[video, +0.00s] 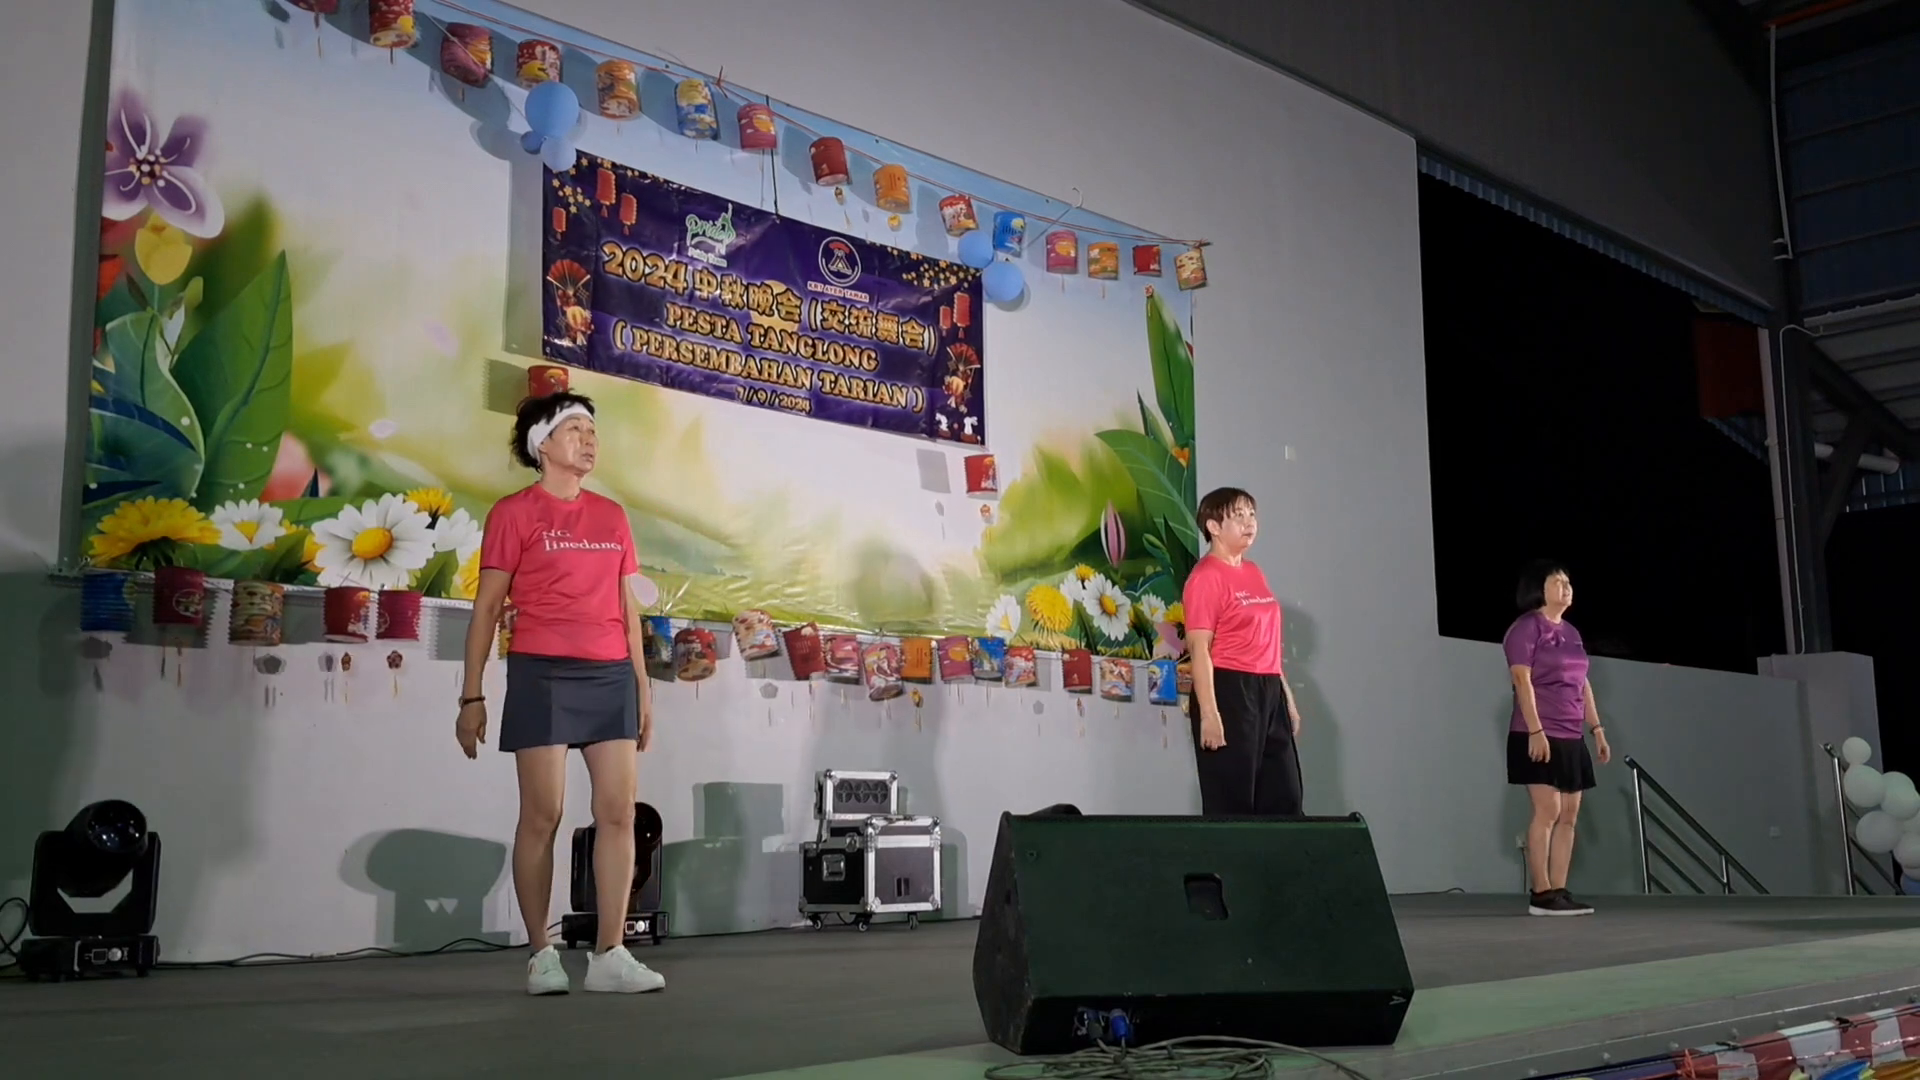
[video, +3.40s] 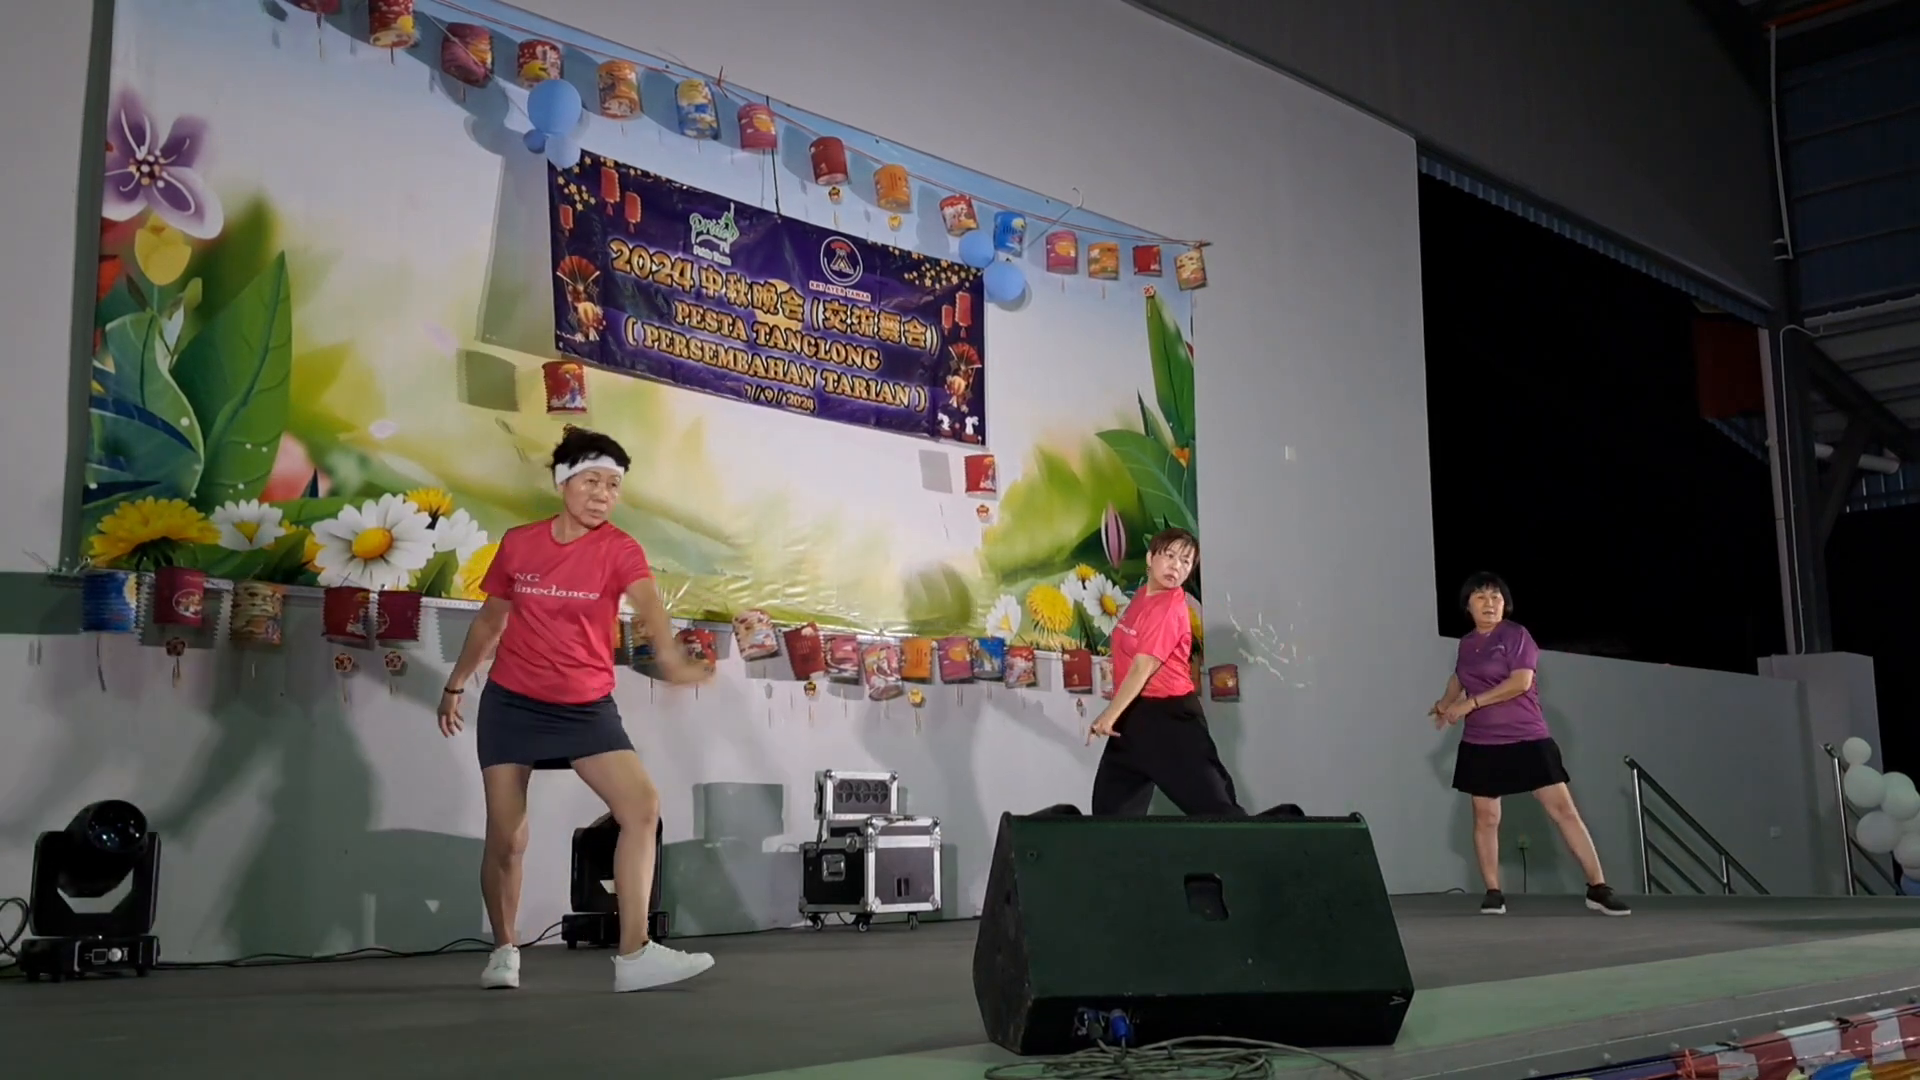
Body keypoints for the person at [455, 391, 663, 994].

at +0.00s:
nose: (588, 439)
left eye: (591, 432)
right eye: (575, 430)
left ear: (594, 446)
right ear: (541, 442)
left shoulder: (611, 516)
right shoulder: (514, 512)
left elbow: (630, 613)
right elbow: (487, 608)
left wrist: (643, 690)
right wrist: (472, 695)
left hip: (613, 677)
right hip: (540, 677)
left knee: (619, 812)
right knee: (543, 814)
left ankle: (610, 952)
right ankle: (542, 950)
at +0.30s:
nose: (583, 446)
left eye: (589, 438)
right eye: (570, 436)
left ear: (595, 449)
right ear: (538, 447)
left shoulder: (609, 521)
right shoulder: (515, 514)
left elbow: (651, 603)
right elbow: (502, 591)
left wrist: (710, 661)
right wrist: (516, 648)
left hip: (602, 676)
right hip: (534, 673)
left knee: (624, 807)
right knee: (537, 815)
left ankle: (609, 951)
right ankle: (542, 949)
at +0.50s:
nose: (580, 448)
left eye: (587, 438)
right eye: (566, 438)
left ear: (593, 450)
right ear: (536, 450)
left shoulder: (611, 523)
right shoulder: (513, 516)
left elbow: (664, 591)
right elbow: (503, 580)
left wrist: (731, 586)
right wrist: (540, 577)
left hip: (600, 676)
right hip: (530, 674)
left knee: (624, 807)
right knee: (536, 816)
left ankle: (610, 950)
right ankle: (542, 950)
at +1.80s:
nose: (581, 438)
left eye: (586, 430)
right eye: (568, 428)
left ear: (593, 444)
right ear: (537, 442)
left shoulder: (616, 517)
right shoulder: (515, 512)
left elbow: (648, 599)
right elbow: (500, 595)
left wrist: (686, 668)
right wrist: (512, 661)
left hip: (607, 677)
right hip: (538, 674)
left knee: (619, 810)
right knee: (539, 813)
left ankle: (610, 952)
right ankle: (541, 950)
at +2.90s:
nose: (592, 466)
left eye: (599, 455)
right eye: (580, 454)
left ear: (606, 461)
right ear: (546, 457)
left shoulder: (619, 526)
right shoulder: (507, 528)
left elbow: (645, 607)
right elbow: (484, 616)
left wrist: (667, 608)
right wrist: (438, 656)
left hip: (604, 684)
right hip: (530, 683)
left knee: (623, 809)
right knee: (531, 827)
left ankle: (594, 951)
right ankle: (512, 930)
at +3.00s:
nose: (584, 482)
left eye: (594, 472)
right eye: (572, 469)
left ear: (601, 478)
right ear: (544, 470)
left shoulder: (615, 539)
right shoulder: (504, 540)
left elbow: (634, 623)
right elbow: (477, 632)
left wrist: (627, 649)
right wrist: (427, 704)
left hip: (596, 697)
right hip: (519, 696)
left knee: (624, 811)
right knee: (510, 836)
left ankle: (593, 949)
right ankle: (503, 945)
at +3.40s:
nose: (602, 493)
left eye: (612, 484)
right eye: (591, 480)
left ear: (619, 491)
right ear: (562, 484)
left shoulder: (620, 550)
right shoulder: (518, 544)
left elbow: (653, 613)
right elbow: (490, 621)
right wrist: (457, 682)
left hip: (586, 709)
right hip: (511, 703)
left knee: (641, 808)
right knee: (507, 839)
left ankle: (635, 950)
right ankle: (506, 947)